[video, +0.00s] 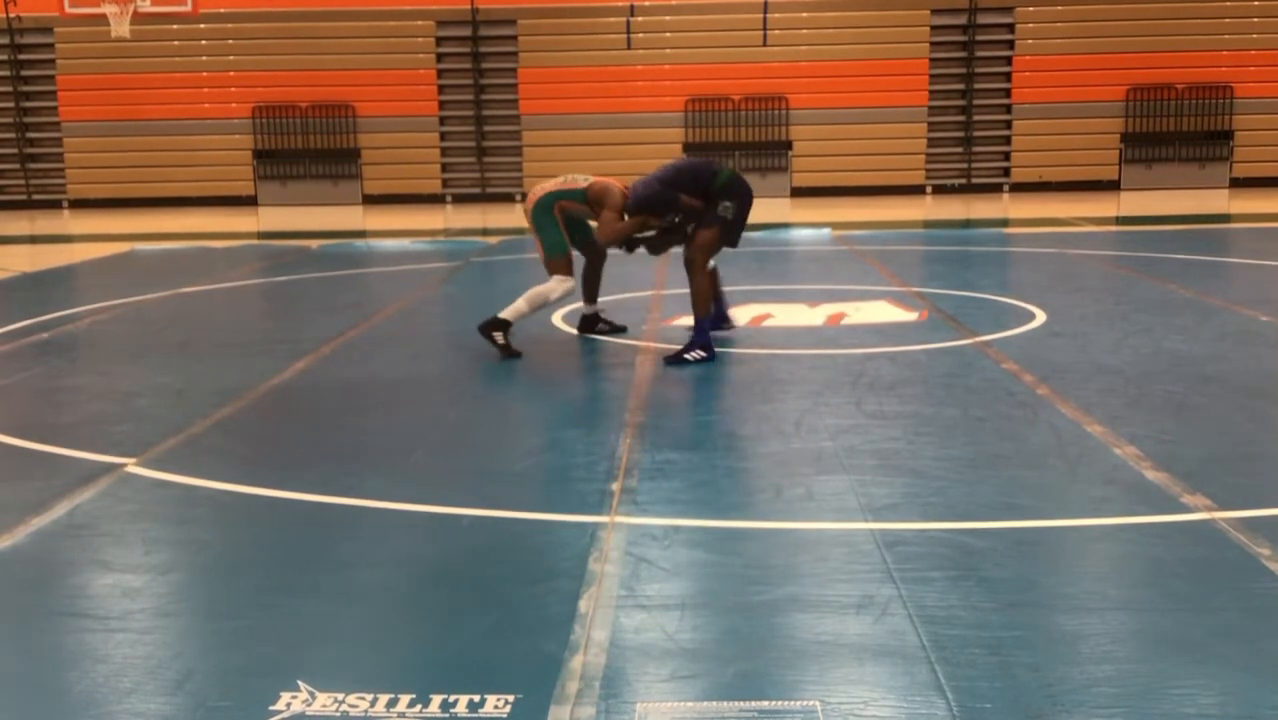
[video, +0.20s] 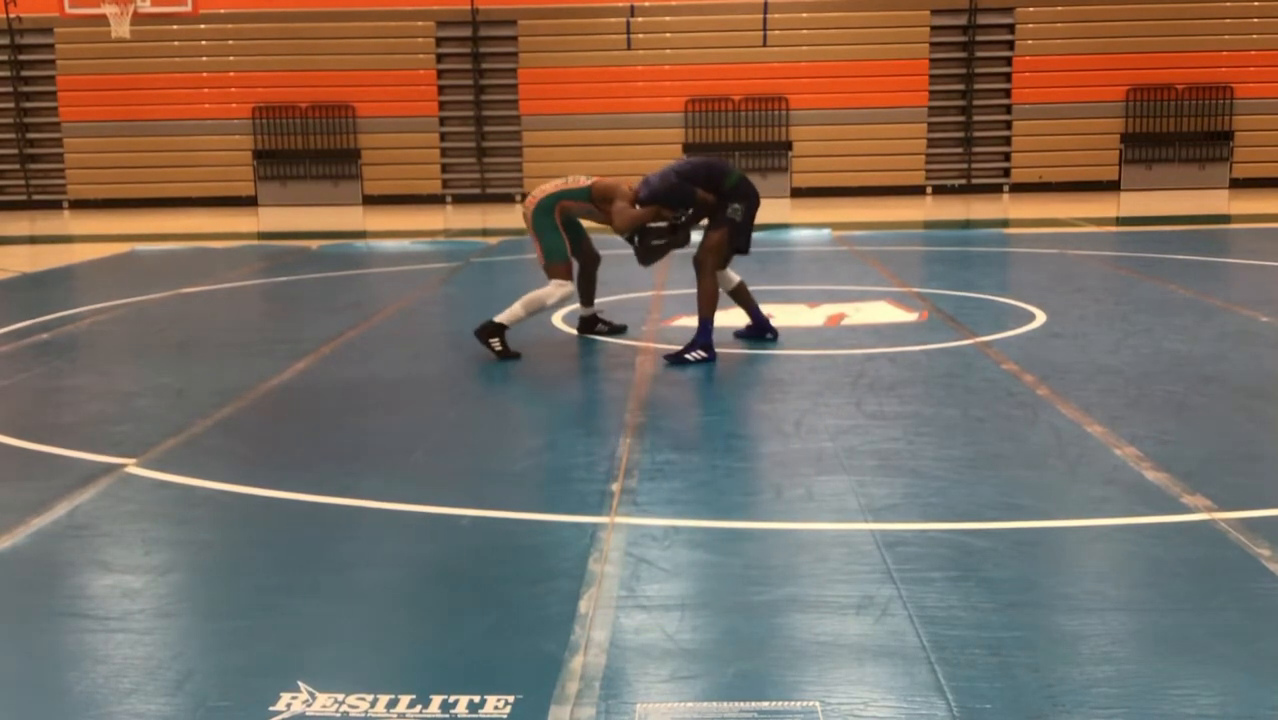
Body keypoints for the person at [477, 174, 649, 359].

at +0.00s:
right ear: (645, 207)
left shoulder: (621, 196)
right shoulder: (614, 195)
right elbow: (605, 236)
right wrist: (640, 222)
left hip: (567, 210)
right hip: (546, 208)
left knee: (597, 254)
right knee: (564, 283)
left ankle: (591, 319)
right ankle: (498, 325)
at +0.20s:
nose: (662, 214)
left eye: (667, 211)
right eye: (665, 211)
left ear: (645, 190)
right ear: (653, 204)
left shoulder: (629, 200)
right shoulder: (622, 194)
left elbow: (645, 253)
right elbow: (622, 224)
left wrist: (676, 234)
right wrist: (658, 211)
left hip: (560, 212)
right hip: (543, 210)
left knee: (590, 259)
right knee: (563, 288)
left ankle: (588, 319)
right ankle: (494, 328)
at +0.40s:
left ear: (650, 192)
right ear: (657, 199)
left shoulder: (634, 203)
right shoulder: (629, 189)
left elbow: (657, 254)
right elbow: (624, 221)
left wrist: (683, 233)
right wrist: (660, 211)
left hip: (574, 208)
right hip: (553, 201)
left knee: (599, 257)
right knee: (557, 281)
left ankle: (590, 319)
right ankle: (492, 328)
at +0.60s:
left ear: (655, 182)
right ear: (659, 184)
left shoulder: (640, 188)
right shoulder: (635, 181)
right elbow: (624, 216)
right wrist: (661, 206)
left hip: (582, 201)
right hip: (562, 194)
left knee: (603, 256)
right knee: (559, 275)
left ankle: (590, 318)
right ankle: (497, 323)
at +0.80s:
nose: (684, 208)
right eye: (686, 201)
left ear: (669, 179)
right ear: (677, 192)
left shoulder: (655, 190)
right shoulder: (649, 185)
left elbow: (670, 247)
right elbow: (642, 226)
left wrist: (697, 236)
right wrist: (679, 210)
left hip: (583, 198)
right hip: (569, 196)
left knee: (603, 260)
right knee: (593, 268)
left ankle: (590, 319)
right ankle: (543, 326)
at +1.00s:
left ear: (671, 190)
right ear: (678, 197)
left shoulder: (655, 200)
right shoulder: (651, 197)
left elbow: (679, 247)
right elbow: (651, 241)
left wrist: (704, 236)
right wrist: (685, 221)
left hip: (580, 206)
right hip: (573, 208)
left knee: (603, 266)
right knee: (605, 281)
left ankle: (589, 320)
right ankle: (548, 335)